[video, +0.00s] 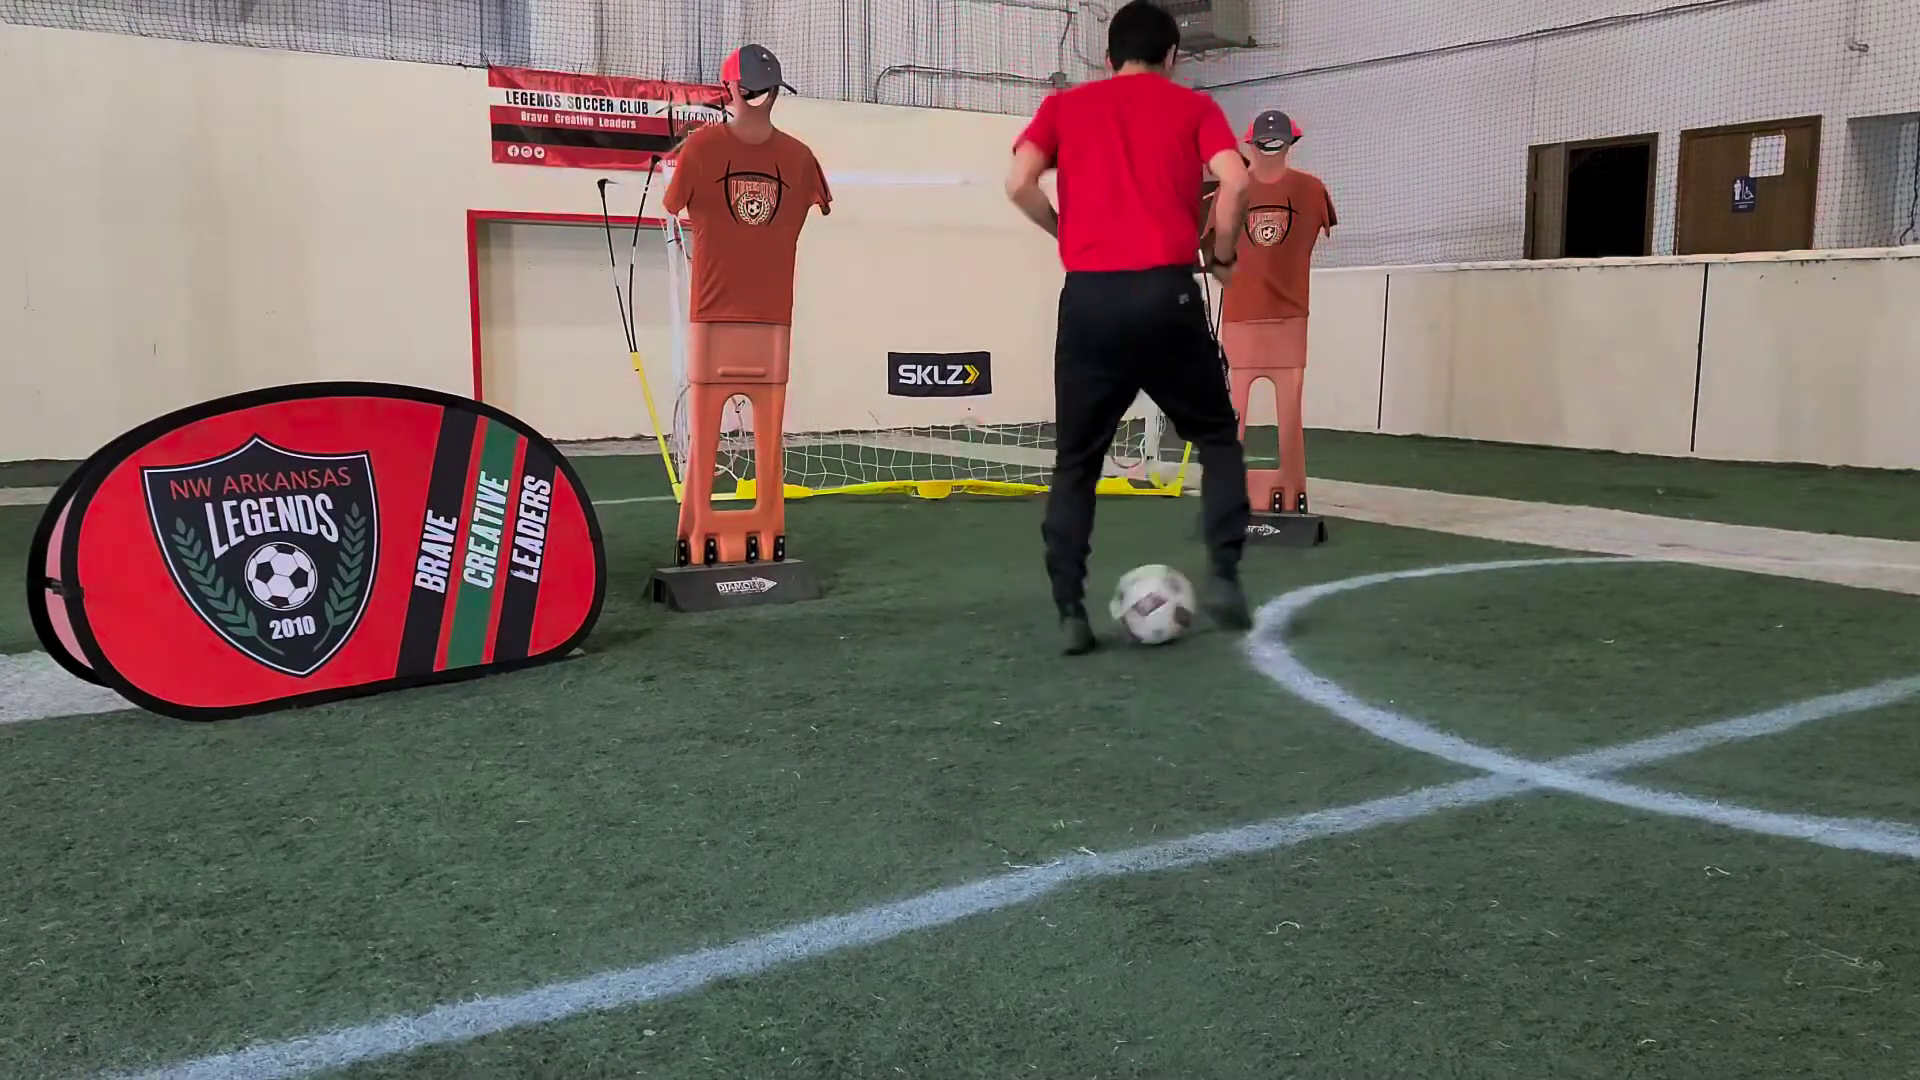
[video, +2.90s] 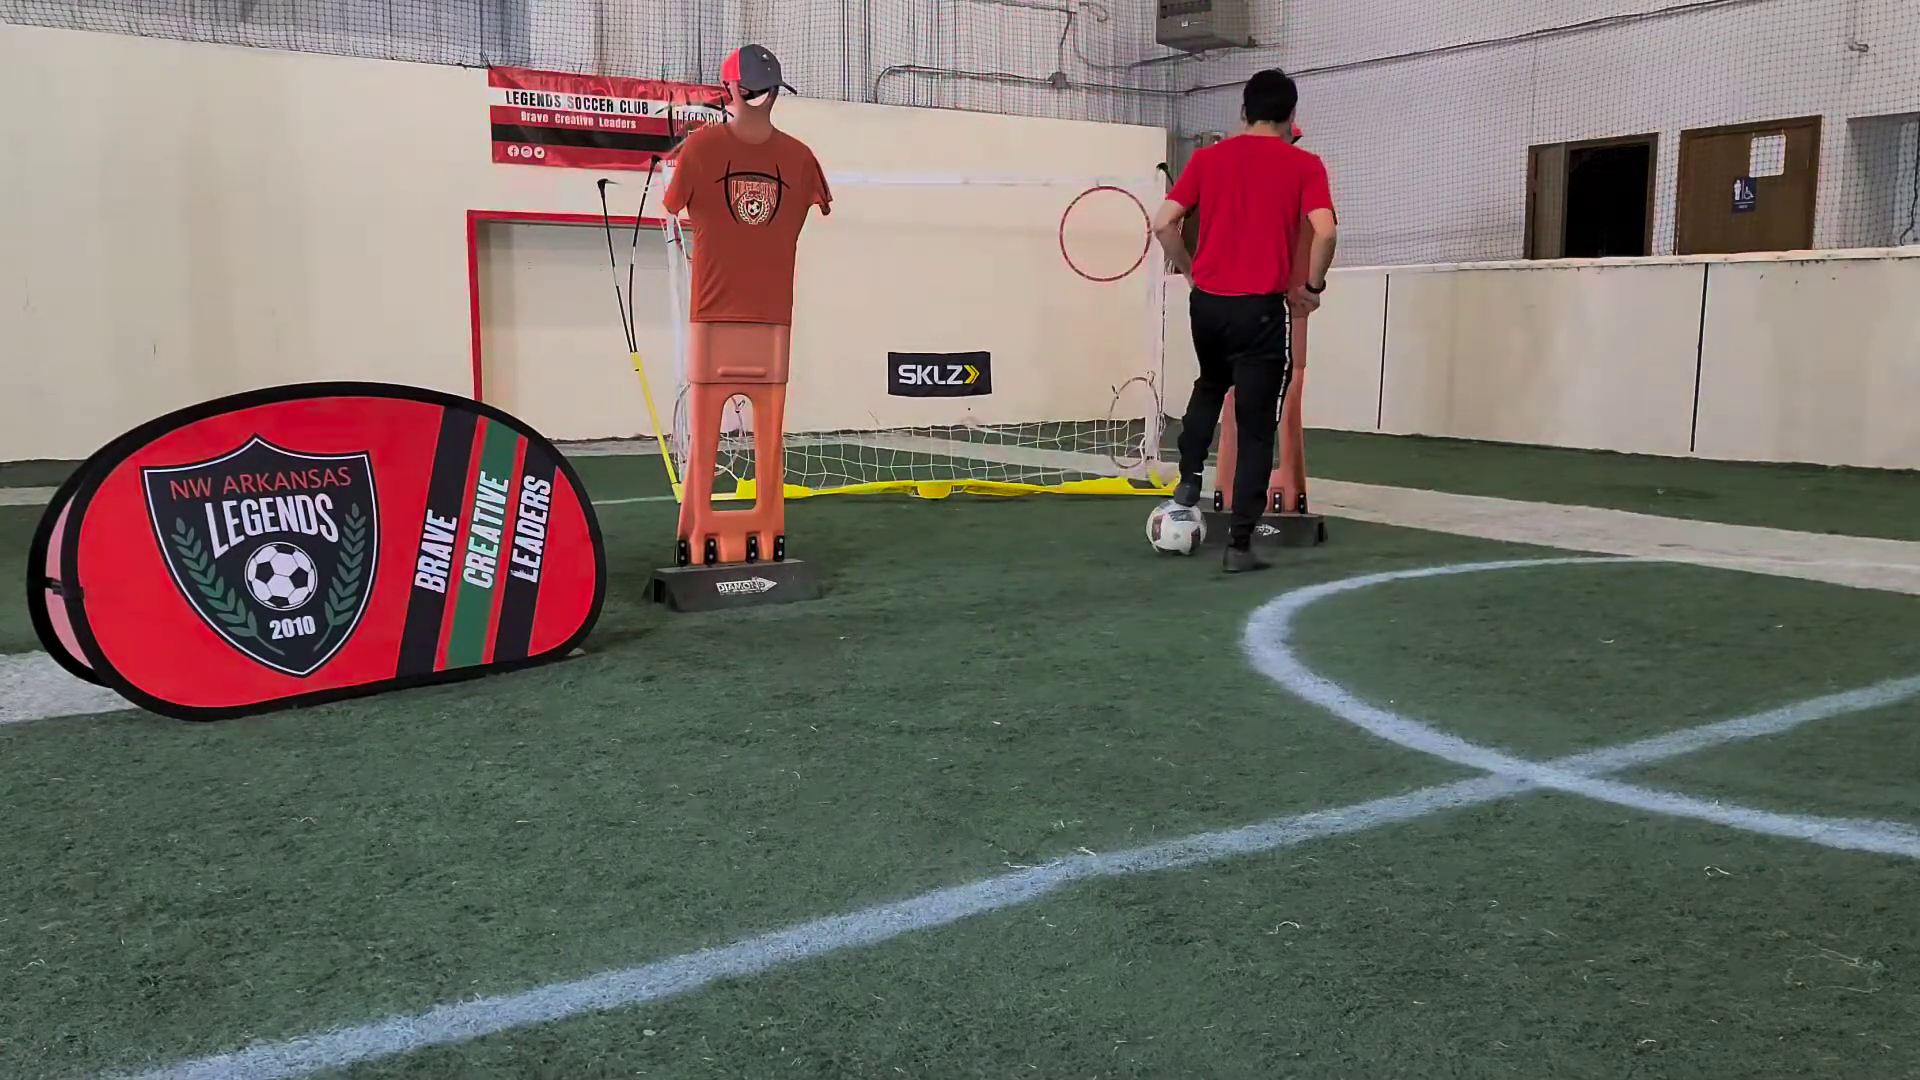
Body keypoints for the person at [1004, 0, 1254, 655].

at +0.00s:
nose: (1174, 64)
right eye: (1177, 56)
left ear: (1107, 57)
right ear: (1171, 57)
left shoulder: (1064, 104)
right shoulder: (1195, 107)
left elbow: (1019, 186)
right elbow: (1237, 178)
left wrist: (1064, 230)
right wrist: (1222, 243)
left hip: (1087, 300)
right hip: (1165, 298)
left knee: (1076, 457)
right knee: (1217, 436)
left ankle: (1071, 611)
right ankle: (1224, 576)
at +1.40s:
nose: (1236, 102)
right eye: (1237, 94)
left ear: (1183, 91)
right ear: (1229, 93)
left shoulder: (1142, 133)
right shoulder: (1241, 135)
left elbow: (1095, 203)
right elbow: (1250, 184)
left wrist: (1134, 246)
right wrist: (1259, 256)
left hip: (1147, 299)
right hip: (1209, 302)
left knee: (1118, 414)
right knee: (1226, 423)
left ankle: (1092, 520)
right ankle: (1228, 546)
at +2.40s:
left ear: (1235, 109)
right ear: (1281, 112)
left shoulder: (1203, 150)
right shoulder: (1301, 162)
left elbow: (1166, 209)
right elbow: (1323, 242)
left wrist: (1165, 261)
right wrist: (1303, 264)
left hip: (1200, 303)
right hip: (1256, 309)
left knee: (1187, 382)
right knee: (1250, 426)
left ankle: (1178, 486)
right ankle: (1239, 544)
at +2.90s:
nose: (1295, 122)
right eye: (1295, 115)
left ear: (1245, 113)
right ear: (1290, 116)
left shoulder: (1208, 158)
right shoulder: (1304, 165)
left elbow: (1163, 223)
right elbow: (1326, 230)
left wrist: (1188, 266)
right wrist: (1313, 287)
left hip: (1207, 309)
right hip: (1261, 313)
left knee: (1212, 381)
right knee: (1256, 427)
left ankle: (1187, 486)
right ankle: (1240, 544)